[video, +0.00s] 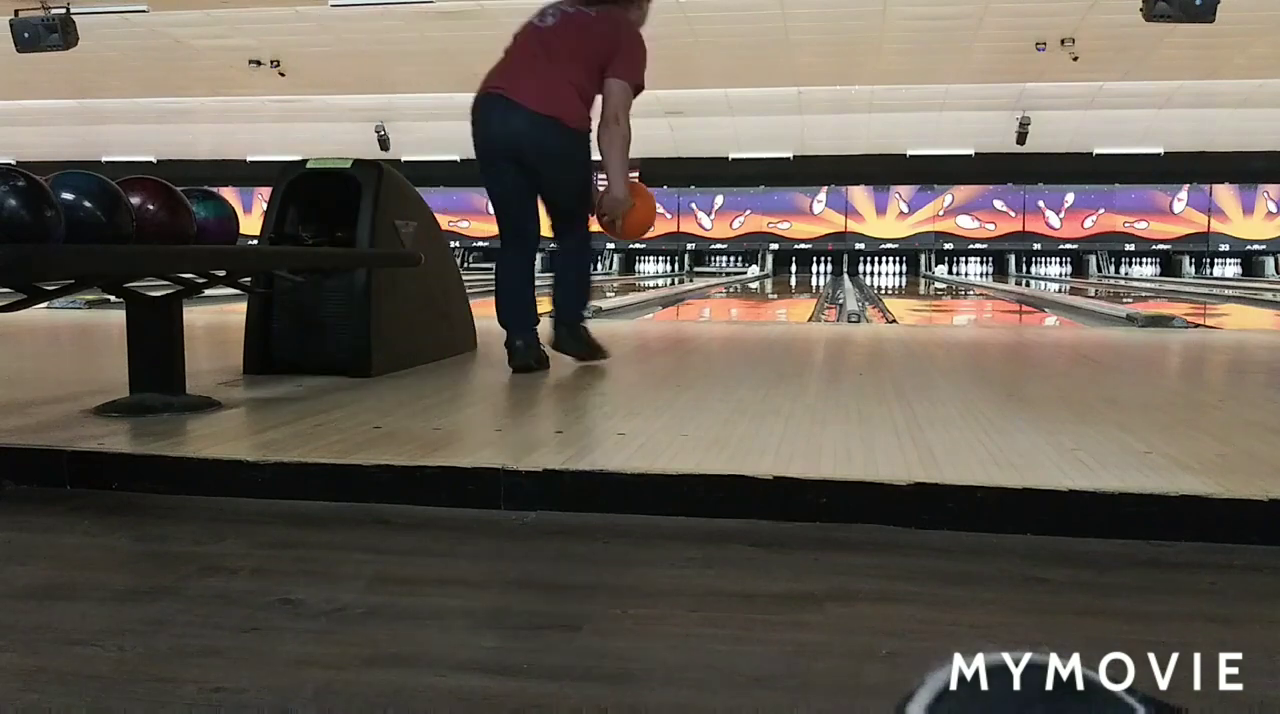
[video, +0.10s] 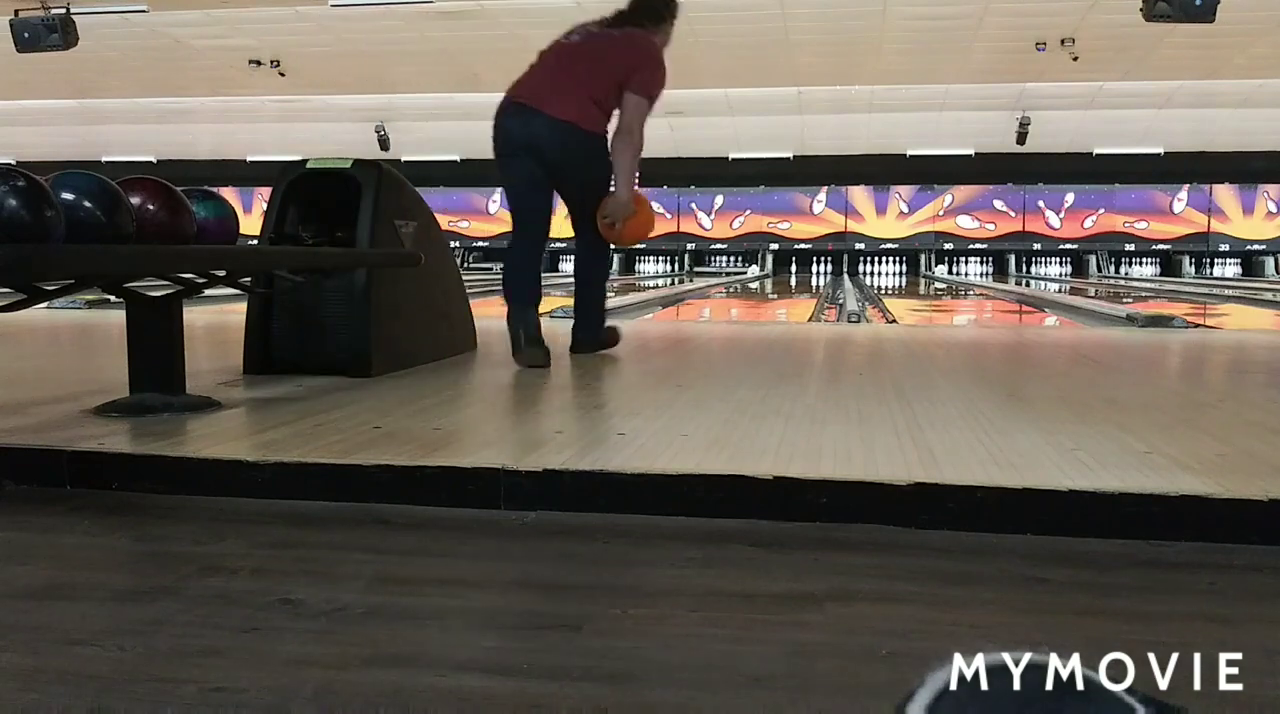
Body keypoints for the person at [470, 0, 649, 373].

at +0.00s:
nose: (645, 16)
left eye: (647, 9)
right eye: (646, 8)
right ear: (636, 4)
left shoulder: (558, 11)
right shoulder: (626, 36)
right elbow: (614, 118)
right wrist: (618, 189)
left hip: (492, 112)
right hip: (553, 124)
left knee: (516, 235)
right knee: (572, 229)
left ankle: (520, 342)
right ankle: (568, 326)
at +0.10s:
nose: (668, 39)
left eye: (670, 31)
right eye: (669, 30)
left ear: (627, 15)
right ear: (663, 26)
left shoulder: (588, 31)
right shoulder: (648, 56)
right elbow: (627, 132)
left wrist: (619, 174)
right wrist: (624, 196)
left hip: (514, 122)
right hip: (573, 134)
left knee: (527, 231)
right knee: (593, 230)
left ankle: (523, 329)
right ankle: (588, 333)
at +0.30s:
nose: (707, 93)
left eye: (708, 86)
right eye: (709, 86)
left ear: (675, 70)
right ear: (702, 84)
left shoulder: (640, 80)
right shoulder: (686, 115)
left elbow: (580, 102)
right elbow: (662, 173)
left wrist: (525, 116)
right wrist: (650, 228)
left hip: (556, 157)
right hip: (600, 174)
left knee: (593, 230)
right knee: (596, 249)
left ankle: (586, 311)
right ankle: (588, 324)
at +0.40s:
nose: (723, 112)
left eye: (724, 106)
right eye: (724, 106)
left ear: (693, 90)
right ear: (719, 107)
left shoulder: (658, 99)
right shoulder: (703, 143)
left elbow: (598, 86)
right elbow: (680, 198)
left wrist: (549, 68)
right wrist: (672, 246)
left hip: (575, 166)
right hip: (608, 190)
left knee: (617, 248)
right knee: (591, 253)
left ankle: (634, 315)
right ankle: (571, 302)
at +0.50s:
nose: (731, 121)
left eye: (732, 115)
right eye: (732, 115)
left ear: (702, 104)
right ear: (728, 117)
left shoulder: (668, 108)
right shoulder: (714, 161)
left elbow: (619, 84)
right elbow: (696, 221)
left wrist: (579, 55)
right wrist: (693, 269)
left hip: (595, 179)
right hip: (622, 202)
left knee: (638, 237)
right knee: (584, 257)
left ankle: (652, 314)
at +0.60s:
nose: (734, 128)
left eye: (727, 118)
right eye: (736, 124)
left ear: (709, 111)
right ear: (735, 126)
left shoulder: (684, 114)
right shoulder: (724, 167)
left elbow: (634, 93)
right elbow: (706, 222)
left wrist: (591, 71)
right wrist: (703, 264)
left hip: (611, 181)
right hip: (635, 207)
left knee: (646, 238)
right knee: (582, 256)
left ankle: (659, 314)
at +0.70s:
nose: (721, 126)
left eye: (721, 121)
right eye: (735, 130)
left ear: (717, 119)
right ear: (742, 138)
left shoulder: (694, 119)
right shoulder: (736, 171)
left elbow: (648, 93)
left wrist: (612, 69)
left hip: (622, 173)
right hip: (642, 199)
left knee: (655, 239)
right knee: (583, 247)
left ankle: (662, 313)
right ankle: (504, 220)